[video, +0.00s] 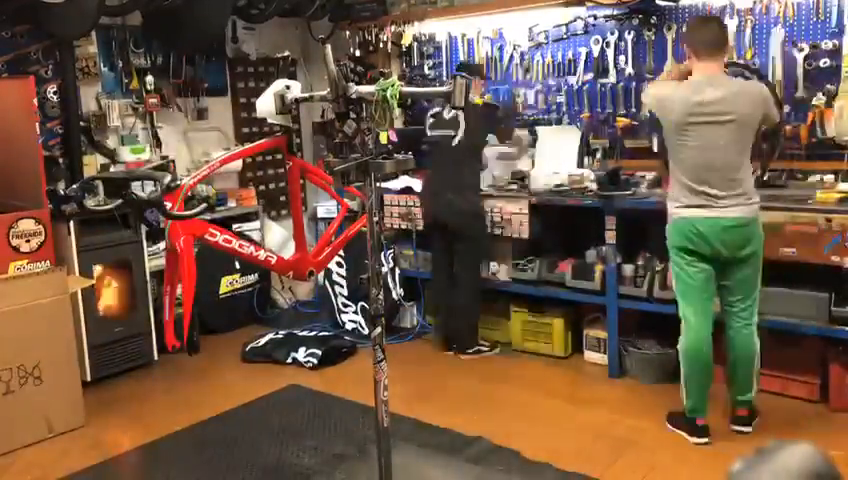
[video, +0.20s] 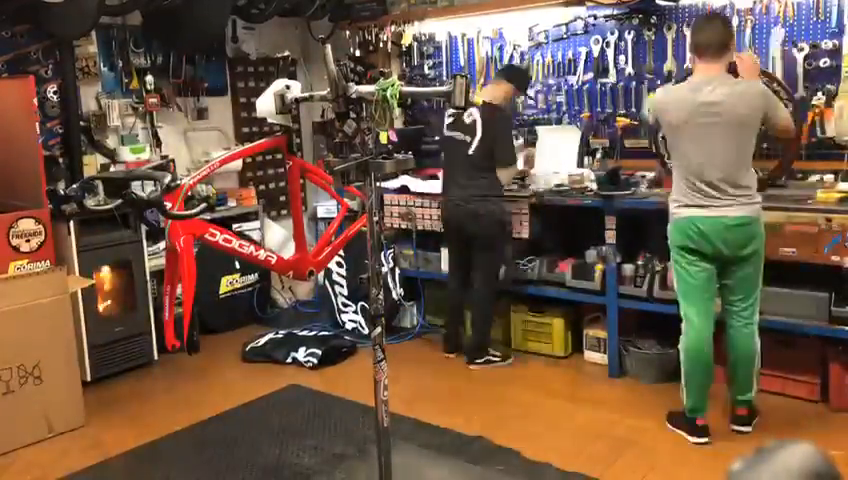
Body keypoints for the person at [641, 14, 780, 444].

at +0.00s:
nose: (690, 55)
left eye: (688, 50)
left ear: (687, 53)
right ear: (729, 50)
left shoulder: (671, 99)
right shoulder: (755, 95)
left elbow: (652, 92)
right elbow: (772, 117)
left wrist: (674, 73)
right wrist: (720, 74)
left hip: (688, 220)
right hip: (740, 220)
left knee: (694, 319)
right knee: (742, 316)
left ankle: (696, 419)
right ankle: (743, 410)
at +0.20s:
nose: (729, 54)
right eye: (730, 49)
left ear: (691, 52)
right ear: (731, 51)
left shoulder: (666, 101)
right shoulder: (753, 94)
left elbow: (660, 122)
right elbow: (787, 128)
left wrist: (697, 80)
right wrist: (755, 82)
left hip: (689, 219)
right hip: (742, 218)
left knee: (696, 318)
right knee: (743, 313)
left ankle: (695, 418)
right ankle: (743, 409)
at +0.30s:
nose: (748, 50)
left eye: (748, 44)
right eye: (753, 43)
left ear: (753, 46)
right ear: (792, 44)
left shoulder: (743, 91)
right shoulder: (821, 94)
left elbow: (692, 117)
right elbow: (818, 131)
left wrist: (723, 77)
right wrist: (775, 76)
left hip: (744, 217)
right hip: (795, 218)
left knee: (737, 319)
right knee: (794, 322)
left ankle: (724, 417)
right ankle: (790, 419)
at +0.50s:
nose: (638, 103)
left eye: (636, 98)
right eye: (639, 98)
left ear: (639, 95)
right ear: (671, 87)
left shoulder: (634, 138)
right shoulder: (713, 110)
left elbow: (633, 207)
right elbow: (748, 156)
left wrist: (647, 239)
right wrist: (748, 210)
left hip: (666, 218)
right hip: (717, 213)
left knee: (633, 300)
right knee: (700, 313)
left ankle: (677, 388)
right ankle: (688, 407)